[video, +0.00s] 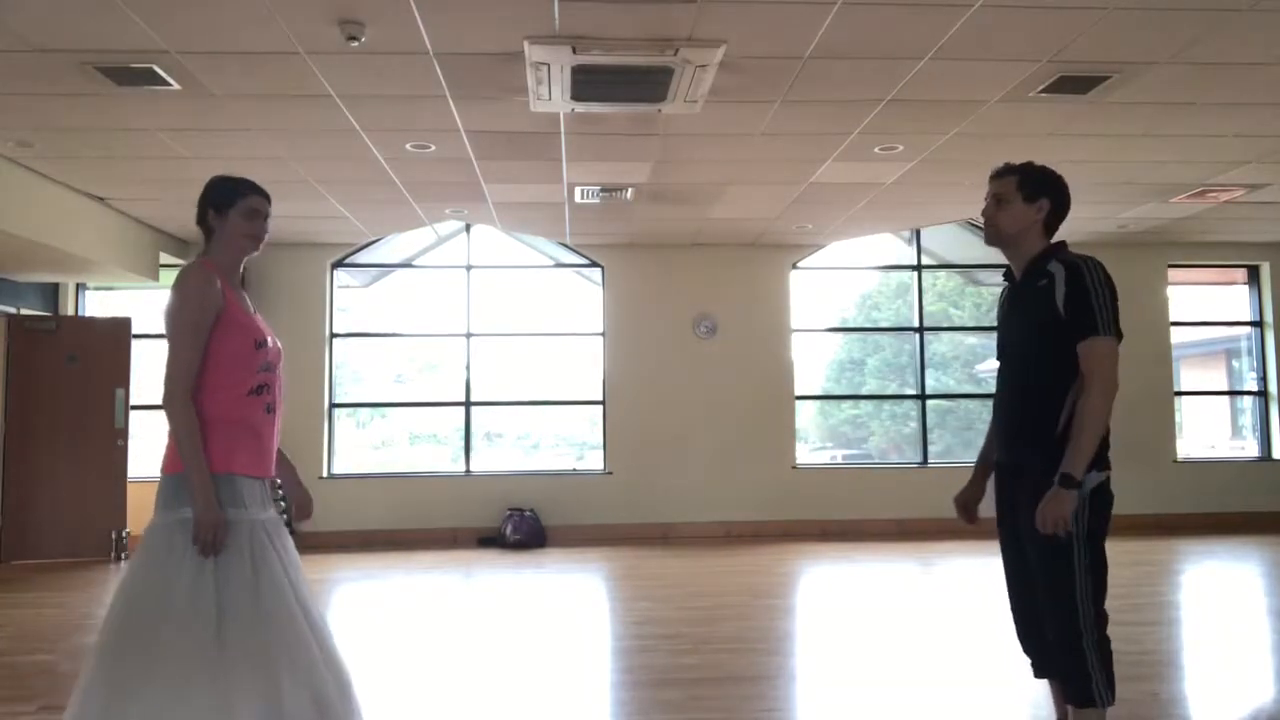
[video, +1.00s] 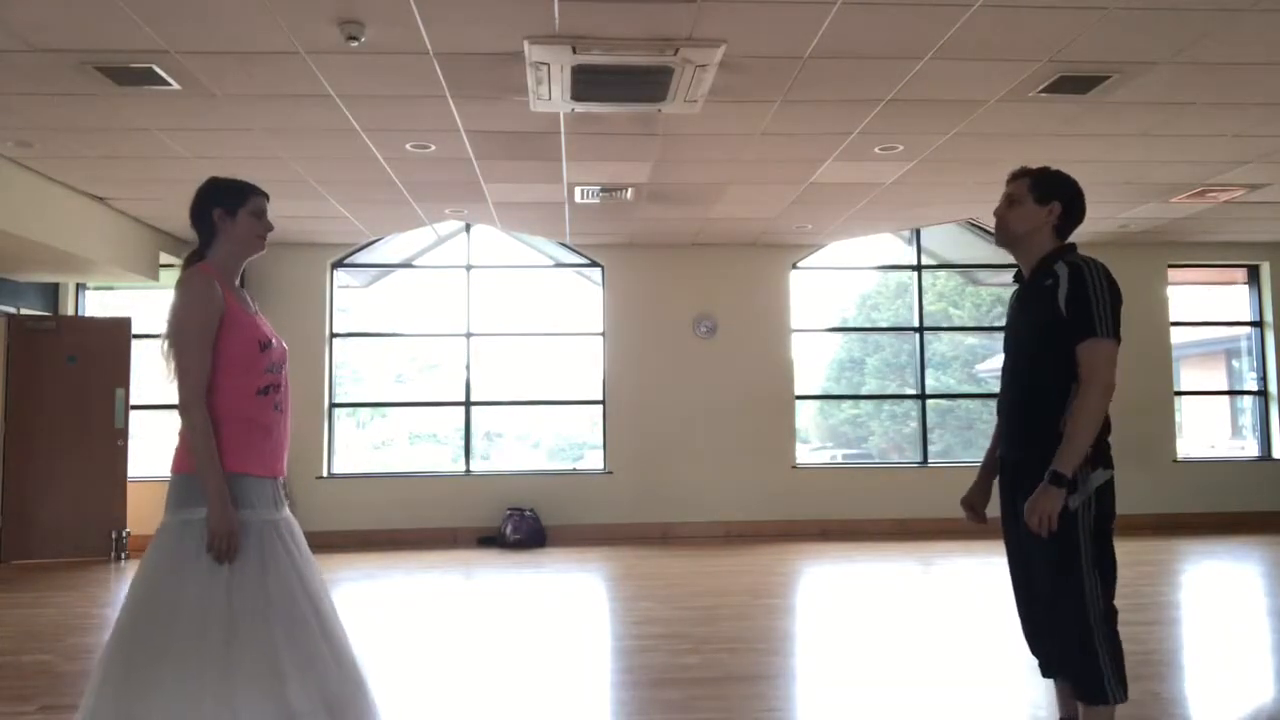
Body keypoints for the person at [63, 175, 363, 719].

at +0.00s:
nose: (263, 228)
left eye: (266, 219)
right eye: (252, 216)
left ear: (260, 227)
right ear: (214, 218)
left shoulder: (235, 290)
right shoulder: (200, 281)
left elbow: (241, 402)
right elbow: (176, 396)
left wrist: (288, 474)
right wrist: (204, 500)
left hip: (247, 492)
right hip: (216, 494)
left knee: (250, 648)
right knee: (218, 649)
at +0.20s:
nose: (267, 229)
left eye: (265, 218)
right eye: (258, 217)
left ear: (226, 221)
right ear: (222, 219)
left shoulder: (232, 294)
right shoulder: (195, 287)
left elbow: (247, 399)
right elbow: (183, 401)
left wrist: (276, 481)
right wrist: (211, 503)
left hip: (252, 490)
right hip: (219, 492)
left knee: (258, 644)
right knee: (218, 645)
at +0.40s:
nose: (262, 225)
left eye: (261, 215)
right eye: (253, 214)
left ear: (224, 219)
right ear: (218, 217)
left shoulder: (232, 293)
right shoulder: (194, 285)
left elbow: (245, 401)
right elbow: (187, 402)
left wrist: (277, 487)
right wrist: (217, 506)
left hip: (254, 492)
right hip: (222, 493)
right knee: (227, 650)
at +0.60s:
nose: (264, 226)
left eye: (263, 216)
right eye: (254, 215)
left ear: (226, 221)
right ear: (219, 219)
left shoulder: (237, 295)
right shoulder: (198, 285)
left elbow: (243, 404)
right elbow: (187, 401)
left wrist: (279, 488)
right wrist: (216, 504)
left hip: (258, 494)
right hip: (225, 495)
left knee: (264, 649)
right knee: (227, 651)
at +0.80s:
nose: (269, 226)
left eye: (267, 216)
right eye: (258, 215)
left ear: (227, 220)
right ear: (221, 218)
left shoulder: (240, 293)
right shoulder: (201, 285)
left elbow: (240, 399)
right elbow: (191, 401)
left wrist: (273, 492)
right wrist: (217, 503)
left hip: (261, 494)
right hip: (228, 495)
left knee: (267, 649)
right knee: (227, 651)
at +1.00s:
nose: (269, 227)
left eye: (268, 217)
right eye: (259, 216)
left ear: (227, 221)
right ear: (221, 218)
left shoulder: (236, 293)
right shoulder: (201, 286)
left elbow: (237, 399)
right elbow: (192, 402)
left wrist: (271, 489)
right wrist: (218, 503)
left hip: (257, 492)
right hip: (225, 493)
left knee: (262, 649)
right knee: (224, 651)